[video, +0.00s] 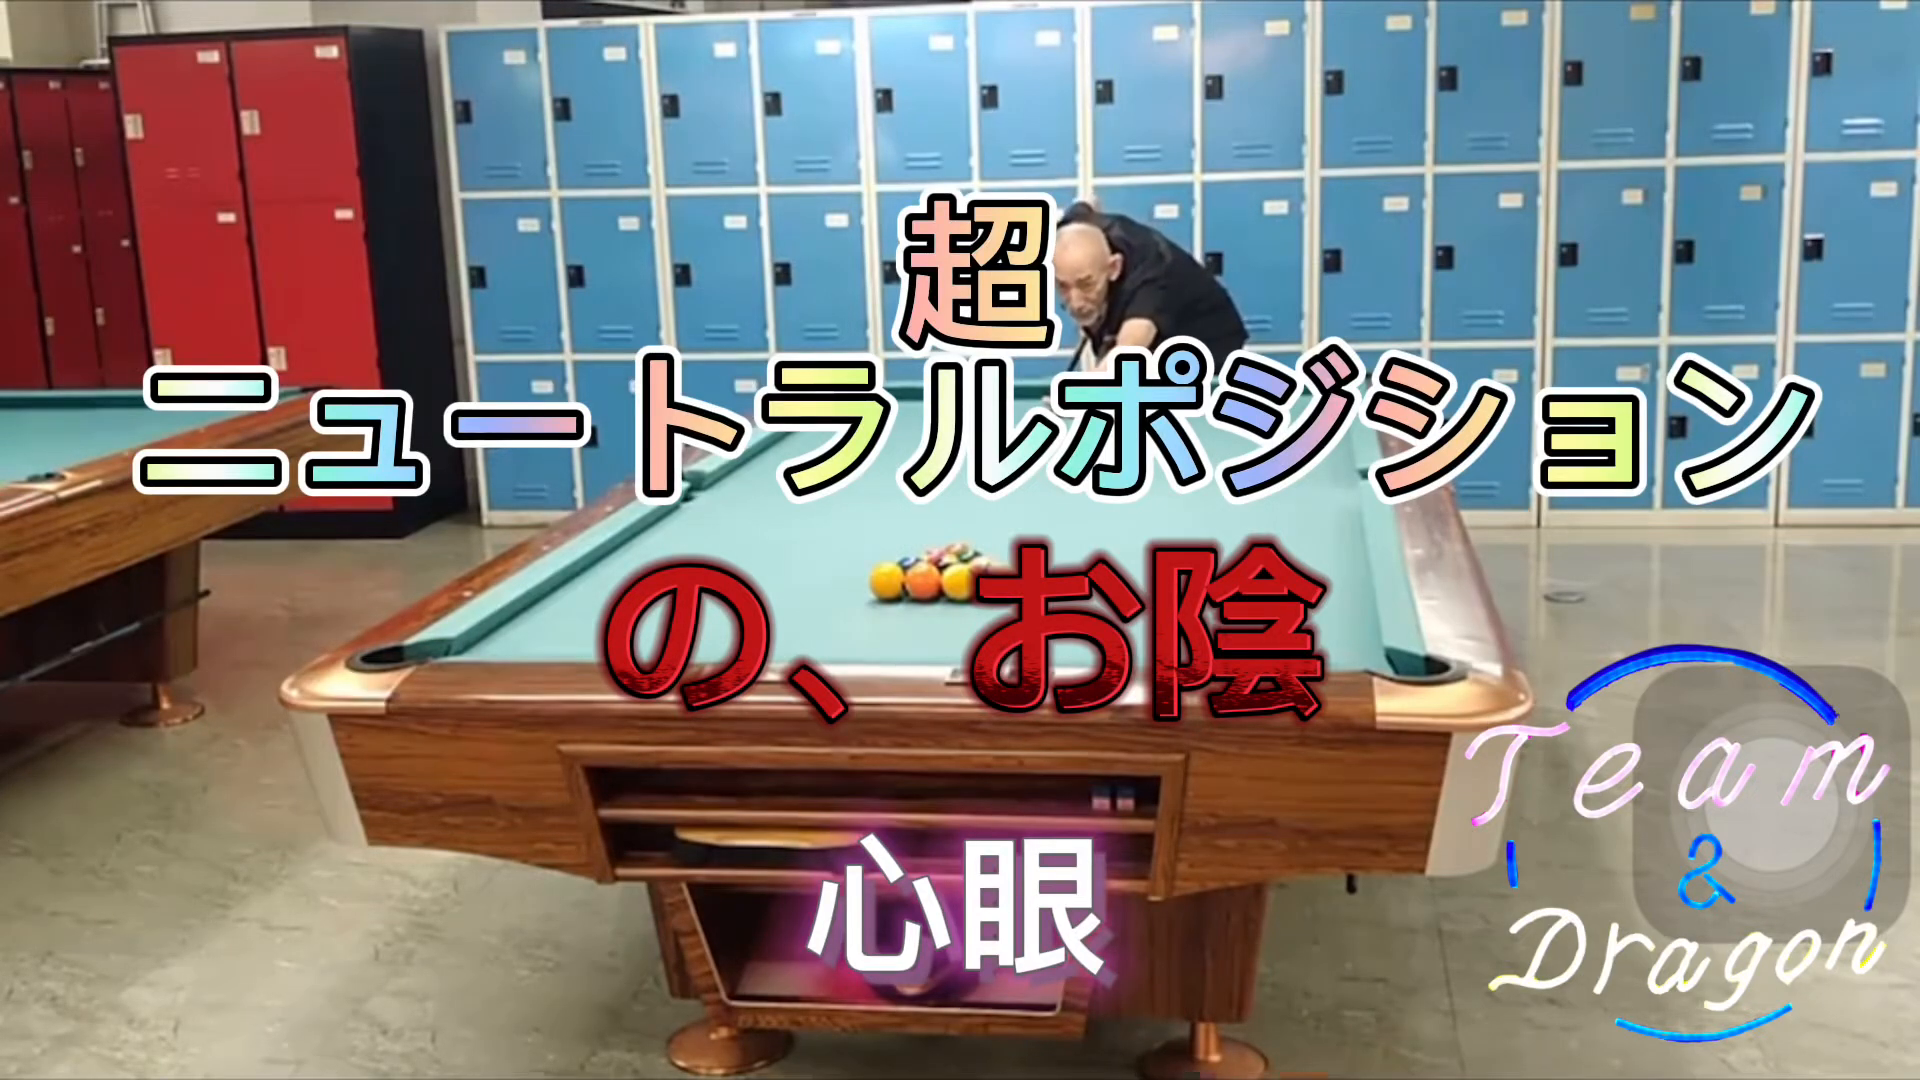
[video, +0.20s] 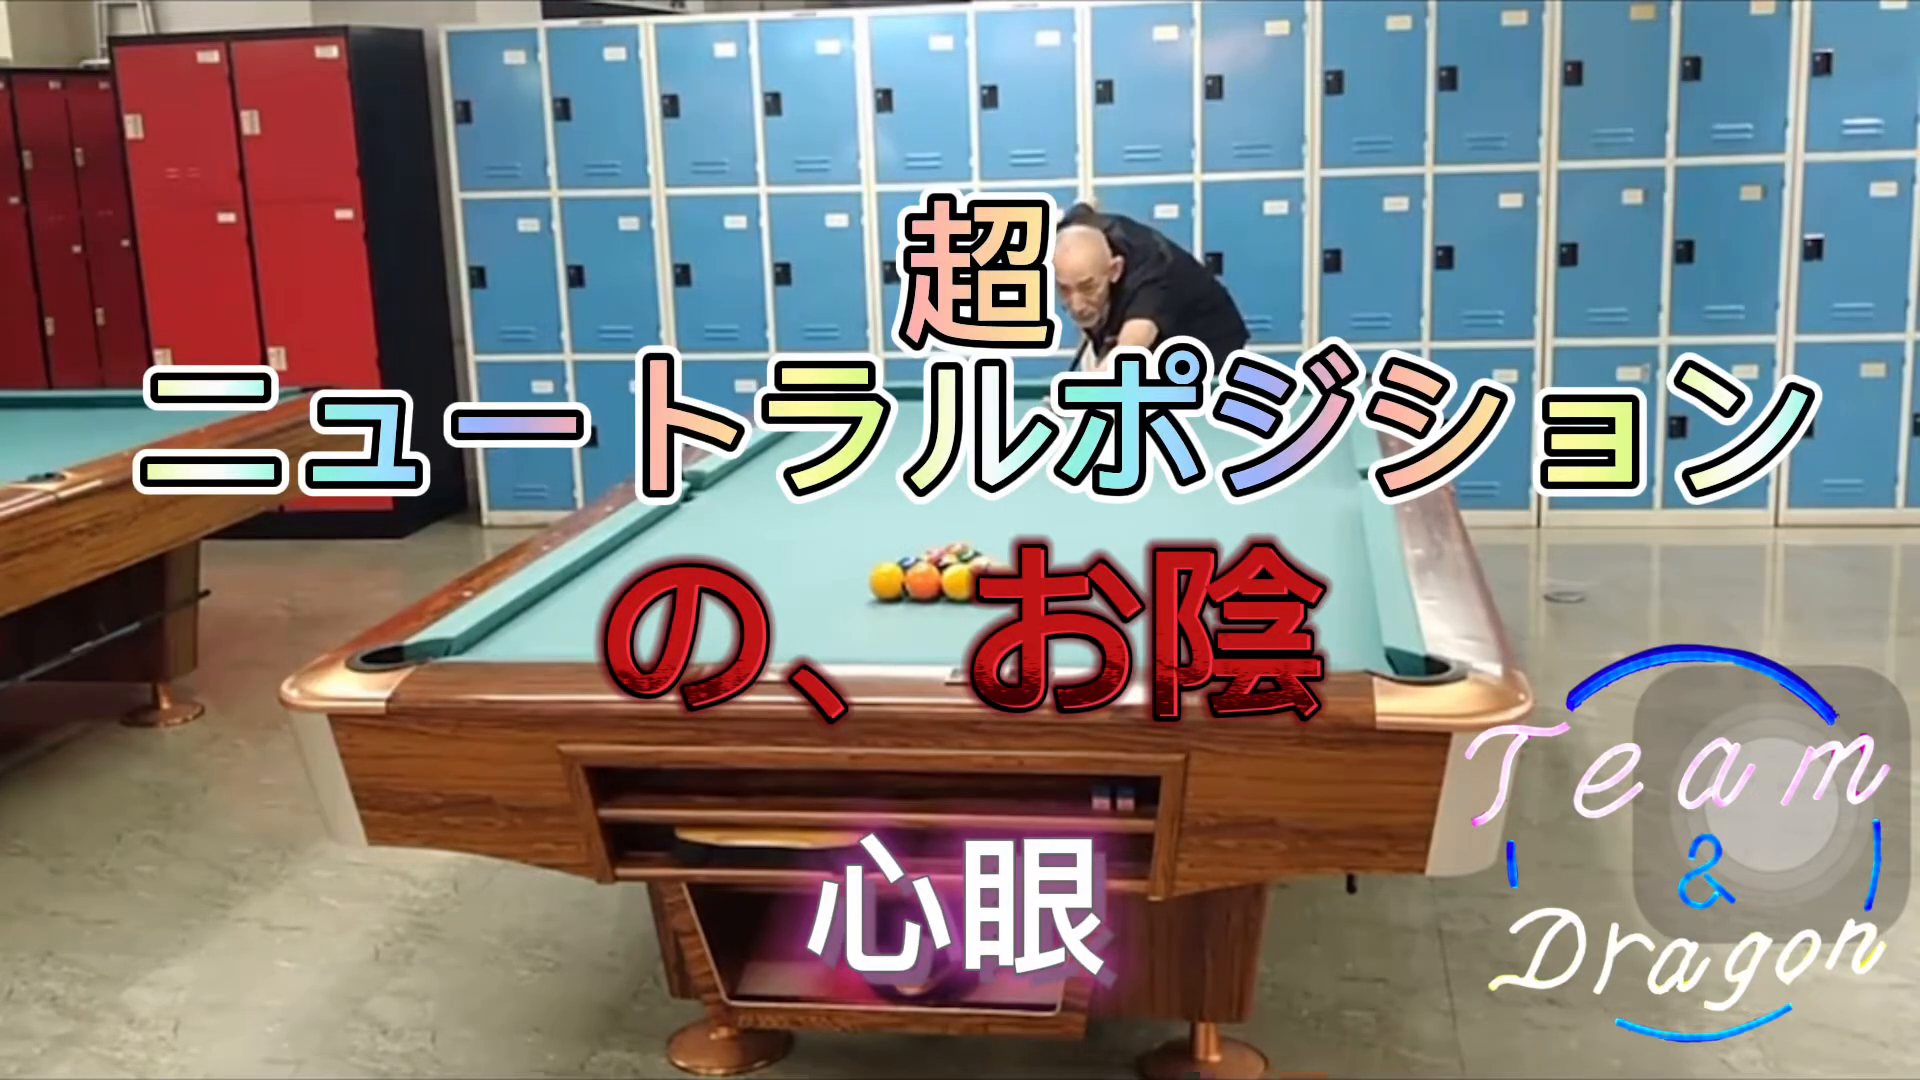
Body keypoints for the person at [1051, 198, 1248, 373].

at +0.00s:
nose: (1075, 301)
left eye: (1085, 285)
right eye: (1063, 287)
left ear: (1114, 268)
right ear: (1054, 277)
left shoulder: (1151, 277)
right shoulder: (1078, 232)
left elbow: (1128, 350)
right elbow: (1083, 208)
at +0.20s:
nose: (1076, 304)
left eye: (1087, 288)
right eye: (1064, 290)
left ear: (1115, 270)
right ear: (1056, 279)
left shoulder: (1152, 278)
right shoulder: (1078, 233)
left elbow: (1129, 350)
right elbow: (1081, 210)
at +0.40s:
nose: (1076, 306)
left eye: (1089, 289)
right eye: (1065, 291)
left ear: (1116, 272)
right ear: (1056, 280)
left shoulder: (1154, 275)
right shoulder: (1077, 233)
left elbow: (1130, 350)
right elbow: (1083, 207)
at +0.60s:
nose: (1078, 308)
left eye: (1089, 291)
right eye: (1066, 294)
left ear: (1116, 272)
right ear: (1057, 284)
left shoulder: (1152, 276)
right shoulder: (1075, 234)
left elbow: (1130, 350)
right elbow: (1083, 210)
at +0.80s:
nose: (1082, 319)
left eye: (1091, 306)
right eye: (1071, 308)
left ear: (1116, 278)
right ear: (1059, 289)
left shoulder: (1152, 274)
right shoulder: (1067, 237)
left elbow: (1131, 349)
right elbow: (1085, 208)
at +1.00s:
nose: (1090, 329)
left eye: (1097, 318)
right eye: (1078, 322)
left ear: (1116, 281)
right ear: (1060, 291)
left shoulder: (1152, 275)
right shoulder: (1065, 237)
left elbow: (1130, 350)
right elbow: (1086, 204)